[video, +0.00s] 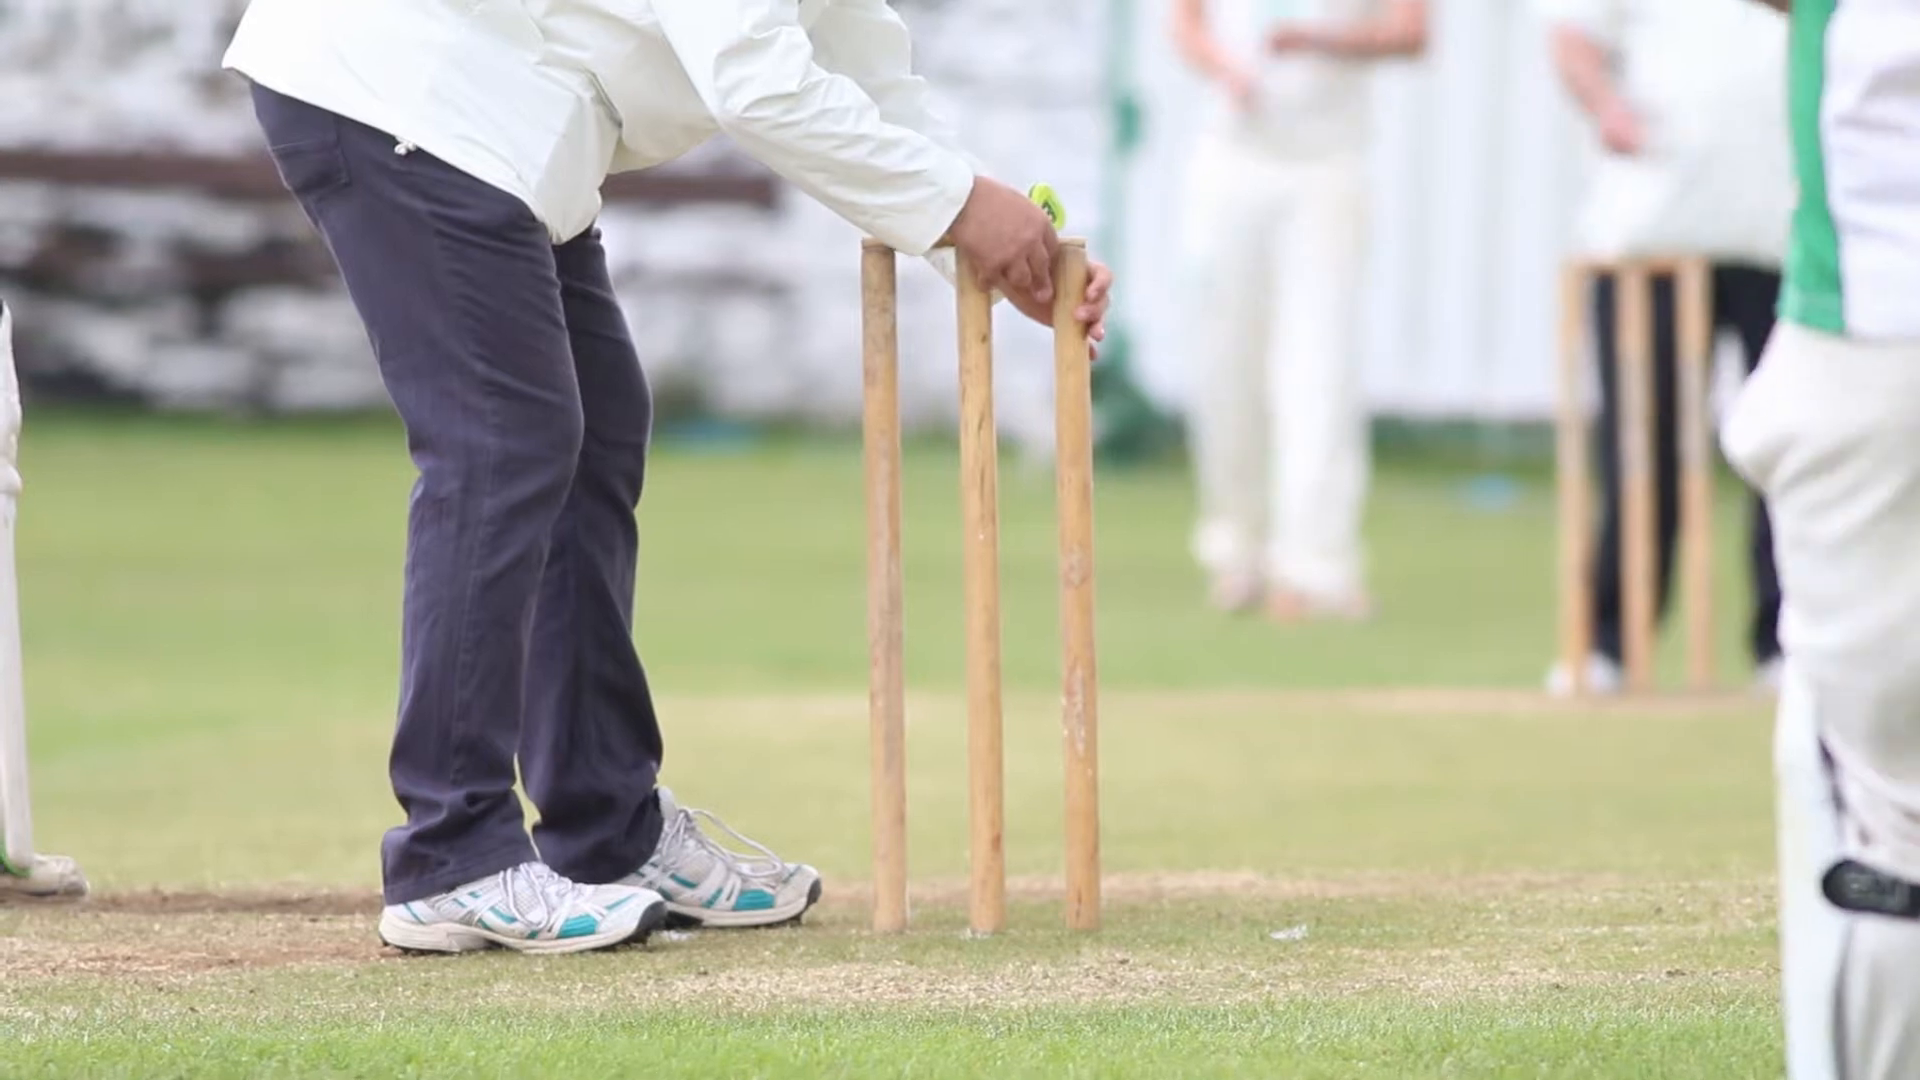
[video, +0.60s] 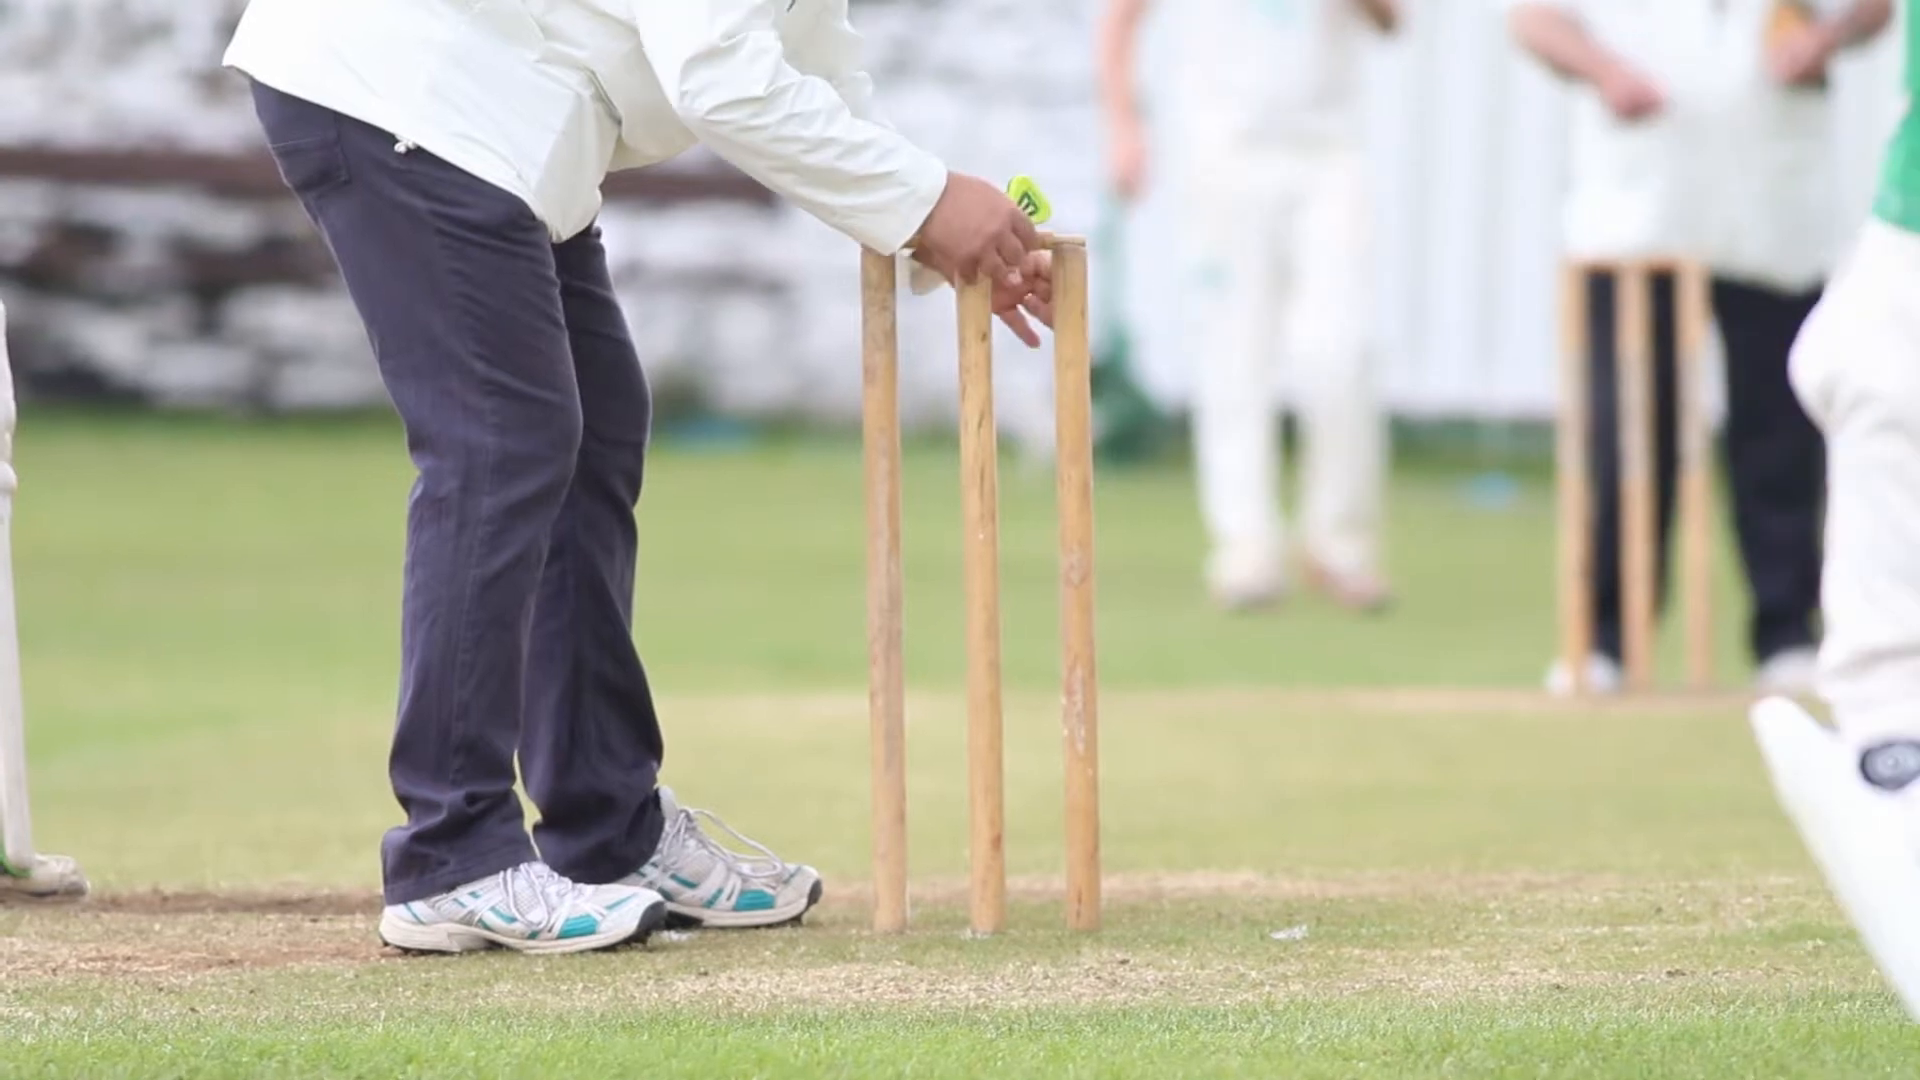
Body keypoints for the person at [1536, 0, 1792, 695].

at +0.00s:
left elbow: (1851, 46)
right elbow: (1573, 30)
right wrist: (1609, 106)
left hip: (1783, 225)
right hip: (1647, 225)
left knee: (1789, 458)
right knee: (1640, 455)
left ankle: (1784, 650)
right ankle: (1607, 648)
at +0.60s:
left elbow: (1877, 7)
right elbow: (1531, 16)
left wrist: (1823, 36)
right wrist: (1608, 70)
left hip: (1778, 192)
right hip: (1634, 191)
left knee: (1779, 438)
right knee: (1623, 435)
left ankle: (1788, 645)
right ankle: (1605, 647)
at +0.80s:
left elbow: (1864, 8)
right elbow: (1504, 11)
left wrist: (1811, 26)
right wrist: (1518, 16)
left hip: (1757, 192)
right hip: (1616, 192)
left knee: (1769, 439)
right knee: (1618, 442)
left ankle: (1787, 643)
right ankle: (1602, 648)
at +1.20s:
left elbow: (1850, 9)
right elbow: (1499, 14)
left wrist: (1806, 19)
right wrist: (1531, 77)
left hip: (1747, 198)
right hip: (1606, 201)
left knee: (1762, 437)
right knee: (1611, 443)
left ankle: (1784, 640)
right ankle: (1601, 645)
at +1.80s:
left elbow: (1893, 9)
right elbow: (1571, 36)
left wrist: (1859, 18)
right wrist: (1571, 181)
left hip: (1800, 210)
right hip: (1652, 209)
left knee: (1794, 449)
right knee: (1640, 445)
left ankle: (1791, 639)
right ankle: (1606, 642)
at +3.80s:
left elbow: (1862, 10)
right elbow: (1540, 27)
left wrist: (1816, 12)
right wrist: (1539, 168)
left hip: (1765, 194)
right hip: (1627, 196)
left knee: (1773, 424)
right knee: (1639, 433)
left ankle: (1787, 627)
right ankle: (1651, 635)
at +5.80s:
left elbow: (1895, 13)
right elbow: (1591, 22)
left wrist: (1864, 10)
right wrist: (1580, 157)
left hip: (1808, 193)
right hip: (1662, 187)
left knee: (1797, 428)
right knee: (1652, 425)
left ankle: (1793, 622)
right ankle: (1627, 622)